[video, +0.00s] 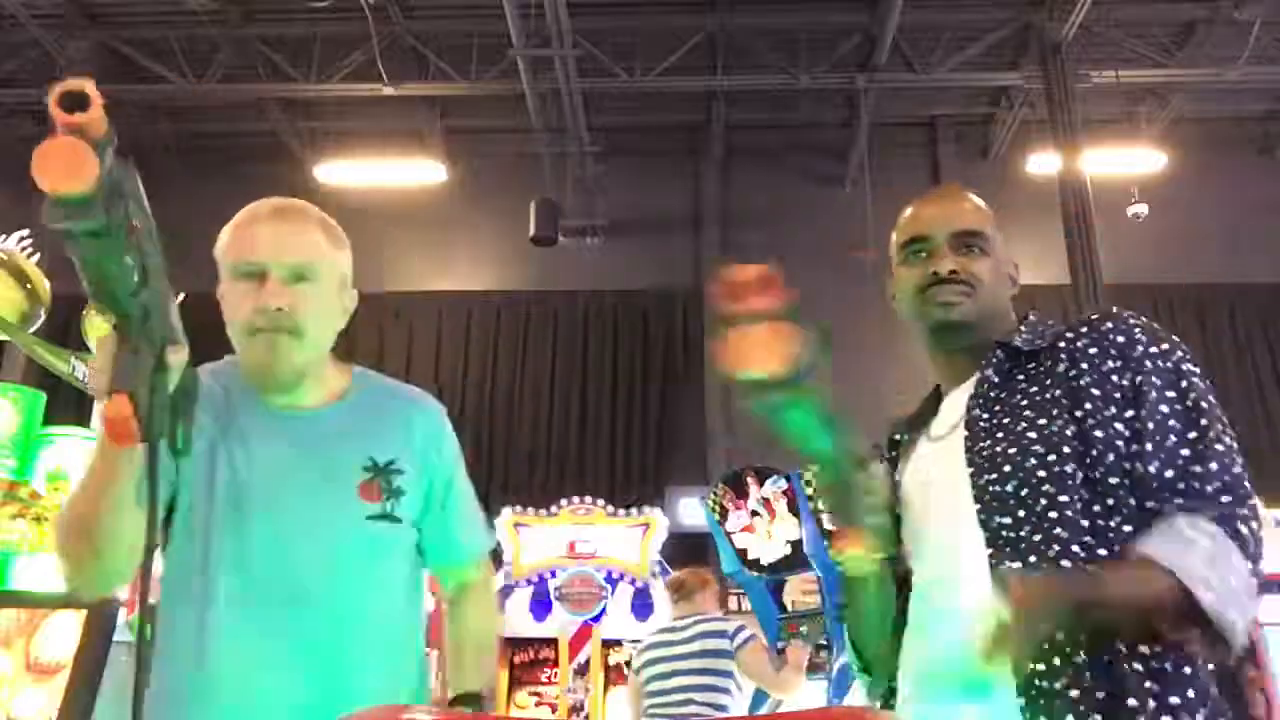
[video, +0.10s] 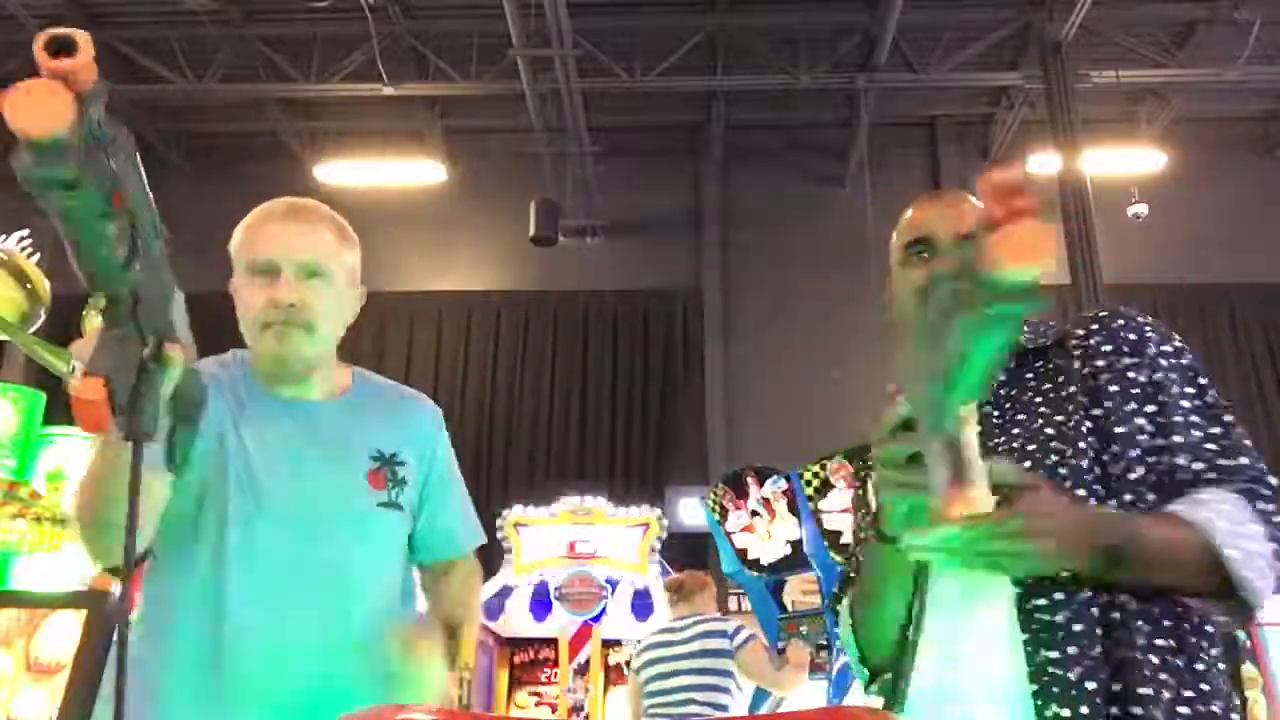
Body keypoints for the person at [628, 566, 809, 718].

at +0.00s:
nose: (719, 607)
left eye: (718, 599)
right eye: (716, 599)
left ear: (672, 602)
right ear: (705, 595)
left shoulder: (645, 645)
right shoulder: (728, 628)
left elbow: (637, 712)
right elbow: (782, 687)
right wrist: (797, 663)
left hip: (659, 715)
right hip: (712, 713)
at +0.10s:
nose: (716, 606)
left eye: (714, 599)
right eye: (714, 599)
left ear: (671, 604)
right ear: (708, 595)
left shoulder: (644, 645)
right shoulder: (729, 630)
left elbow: (636, 712)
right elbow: (783, 685)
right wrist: (799, 660)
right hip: (714, 712)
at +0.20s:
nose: (717, 608)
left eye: (714, 600)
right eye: (714, 601)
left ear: (671, 607)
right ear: (708, 598)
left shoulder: (645, 646)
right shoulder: (730, 631)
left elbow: (636, 713)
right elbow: (783, 683)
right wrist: (799, 657)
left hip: (659, 715)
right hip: (713, 713)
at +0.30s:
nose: (719, 610)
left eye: (716, 604)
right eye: (716, 604)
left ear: (674, 608)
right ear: (711, 601)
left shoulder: (646, 649)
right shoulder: (730, 631)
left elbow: (638, 714)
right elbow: (780, 685)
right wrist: (800, 659)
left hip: (660, 715)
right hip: (714, 713)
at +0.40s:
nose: (720, 610)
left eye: (718, 605)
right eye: (718, 604)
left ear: (674, 609)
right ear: (712, 601)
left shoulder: (646, 649)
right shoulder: (730, 631)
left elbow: (638, 713)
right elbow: (782, 685)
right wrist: (800, 659)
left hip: (661, 714)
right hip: (714, 712)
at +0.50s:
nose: (721, 611)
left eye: (719, 606)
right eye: (719, 605)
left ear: (675, 610)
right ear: (713, 602)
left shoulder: (646, 649)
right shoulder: (731, 632)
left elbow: (638, 714)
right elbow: (782, 687)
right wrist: (801, 661)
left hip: (660, 715)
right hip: (713, 712)